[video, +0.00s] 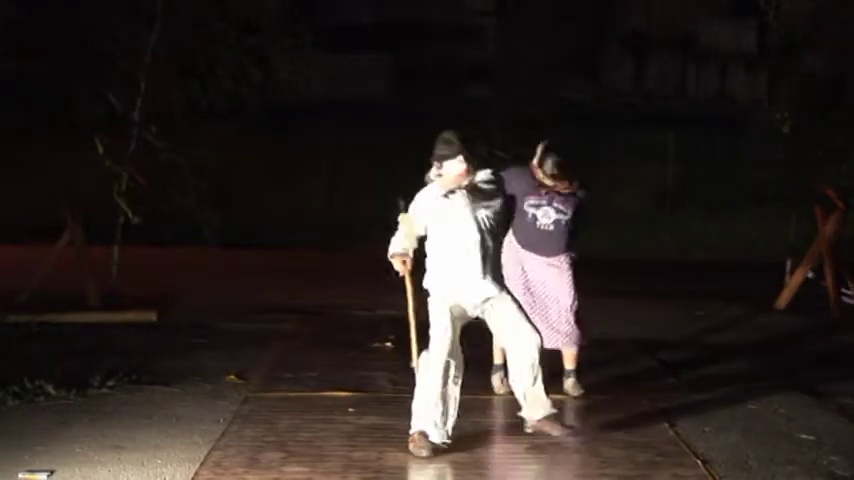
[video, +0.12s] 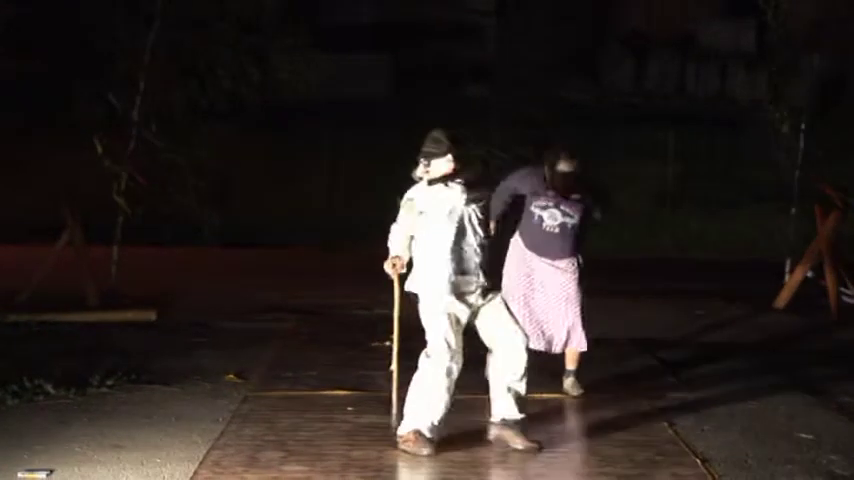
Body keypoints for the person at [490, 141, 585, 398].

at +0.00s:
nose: (554, 190)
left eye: (561, 186)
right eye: (549, 184)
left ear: (569, 179)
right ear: (538, 172)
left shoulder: (575, 193)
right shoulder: (521, 179)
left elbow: (577, 227)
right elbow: (486, 182)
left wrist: (571, 250)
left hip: (557, 258)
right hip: (518, 252)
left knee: (566, 312)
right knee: (507, 309)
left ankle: (570, 376)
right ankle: (498, 367)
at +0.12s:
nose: (563, 182)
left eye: (569, 176)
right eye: (559, 176)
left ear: (575, 174)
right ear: (548, 170)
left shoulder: (582, 194)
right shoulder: (531, 180)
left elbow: (585, 227)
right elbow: (503, 192)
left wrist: (578, 252)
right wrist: (493, 218)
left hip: (563, 262)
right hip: (525, 255)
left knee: (572, 318)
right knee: (515, 313)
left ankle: (570, 376)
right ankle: (507, 370)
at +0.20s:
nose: (559, 176)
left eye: (565, 171)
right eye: (555, 170)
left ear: (574, 169)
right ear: (547, 164)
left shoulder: (581, 186)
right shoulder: (530, 177)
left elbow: (587, 218)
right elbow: (509, 195)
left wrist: (580, 247)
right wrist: (500, 219)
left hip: (565, 258)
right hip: (527, 250)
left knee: (571, 313)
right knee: (514, 303)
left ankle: (569, 374)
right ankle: (497, 363)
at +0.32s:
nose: (562, 164)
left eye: (567, 158)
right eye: (557, 157)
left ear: (576, 160)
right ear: (548, 156)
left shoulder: (583, 184)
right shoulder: (532, 175)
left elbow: (595, 213)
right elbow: (510, 189)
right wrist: (503, 218)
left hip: (566, 255)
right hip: (528, 247)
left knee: (570, 314)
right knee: (521, 299)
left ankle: (567, 373)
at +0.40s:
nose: (563, 162)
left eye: (569, 157)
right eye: (558, 155)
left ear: (576, 159)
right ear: (549, 155)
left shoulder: (583, 183)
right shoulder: (534, 176)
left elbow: (596, 212)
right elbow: (508, 191)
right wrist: (501, 220)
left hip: (566, 258)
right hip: (528, 251)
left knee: (571, 318)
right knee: (520, 307)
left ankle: (565, 373)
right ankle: (495, 296)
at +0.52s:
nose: (559, 163)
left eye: (565, 157)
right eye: (555, 155)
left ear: (573, 159)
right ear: (545, 155)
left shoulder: (580, 184)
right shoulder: (529, 176)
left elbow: (589, 214)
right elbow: (505, 191)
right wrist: (501, 224)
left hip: (562, 257)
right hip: (524, 249)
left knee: (567, 315)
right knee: (512, 303)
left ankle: (562, 372)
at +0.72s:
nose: (540, 154)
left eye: (546, 147)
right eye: (535, 147)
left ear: (553, 148)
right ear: (525, 146)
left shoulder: (564, 172)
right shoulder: (509, 165)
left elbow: (575, 204)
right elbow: (481, 177)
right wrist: (491, 212)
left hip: (552, 248)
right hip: (513, 245)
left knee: (558, 310)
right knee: (507, 308)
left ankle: (557, 368)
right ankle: (508, 367)